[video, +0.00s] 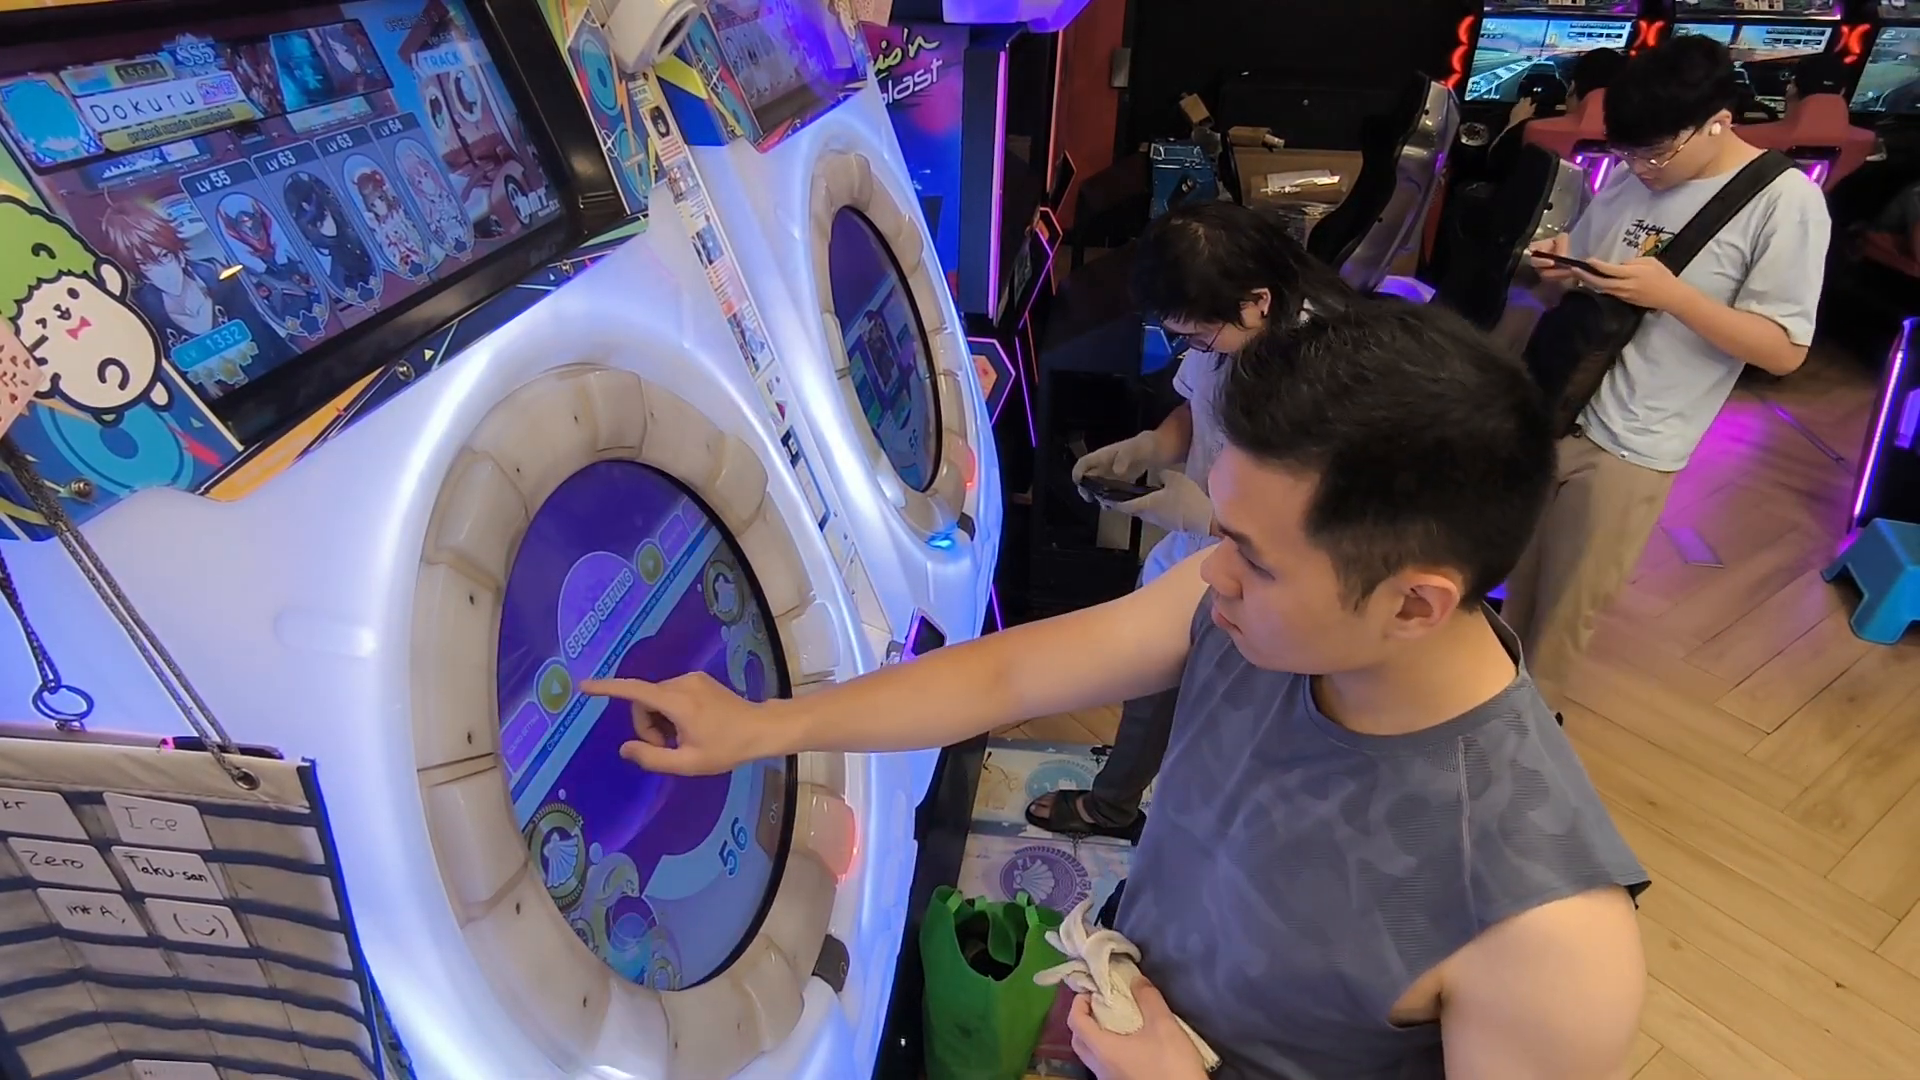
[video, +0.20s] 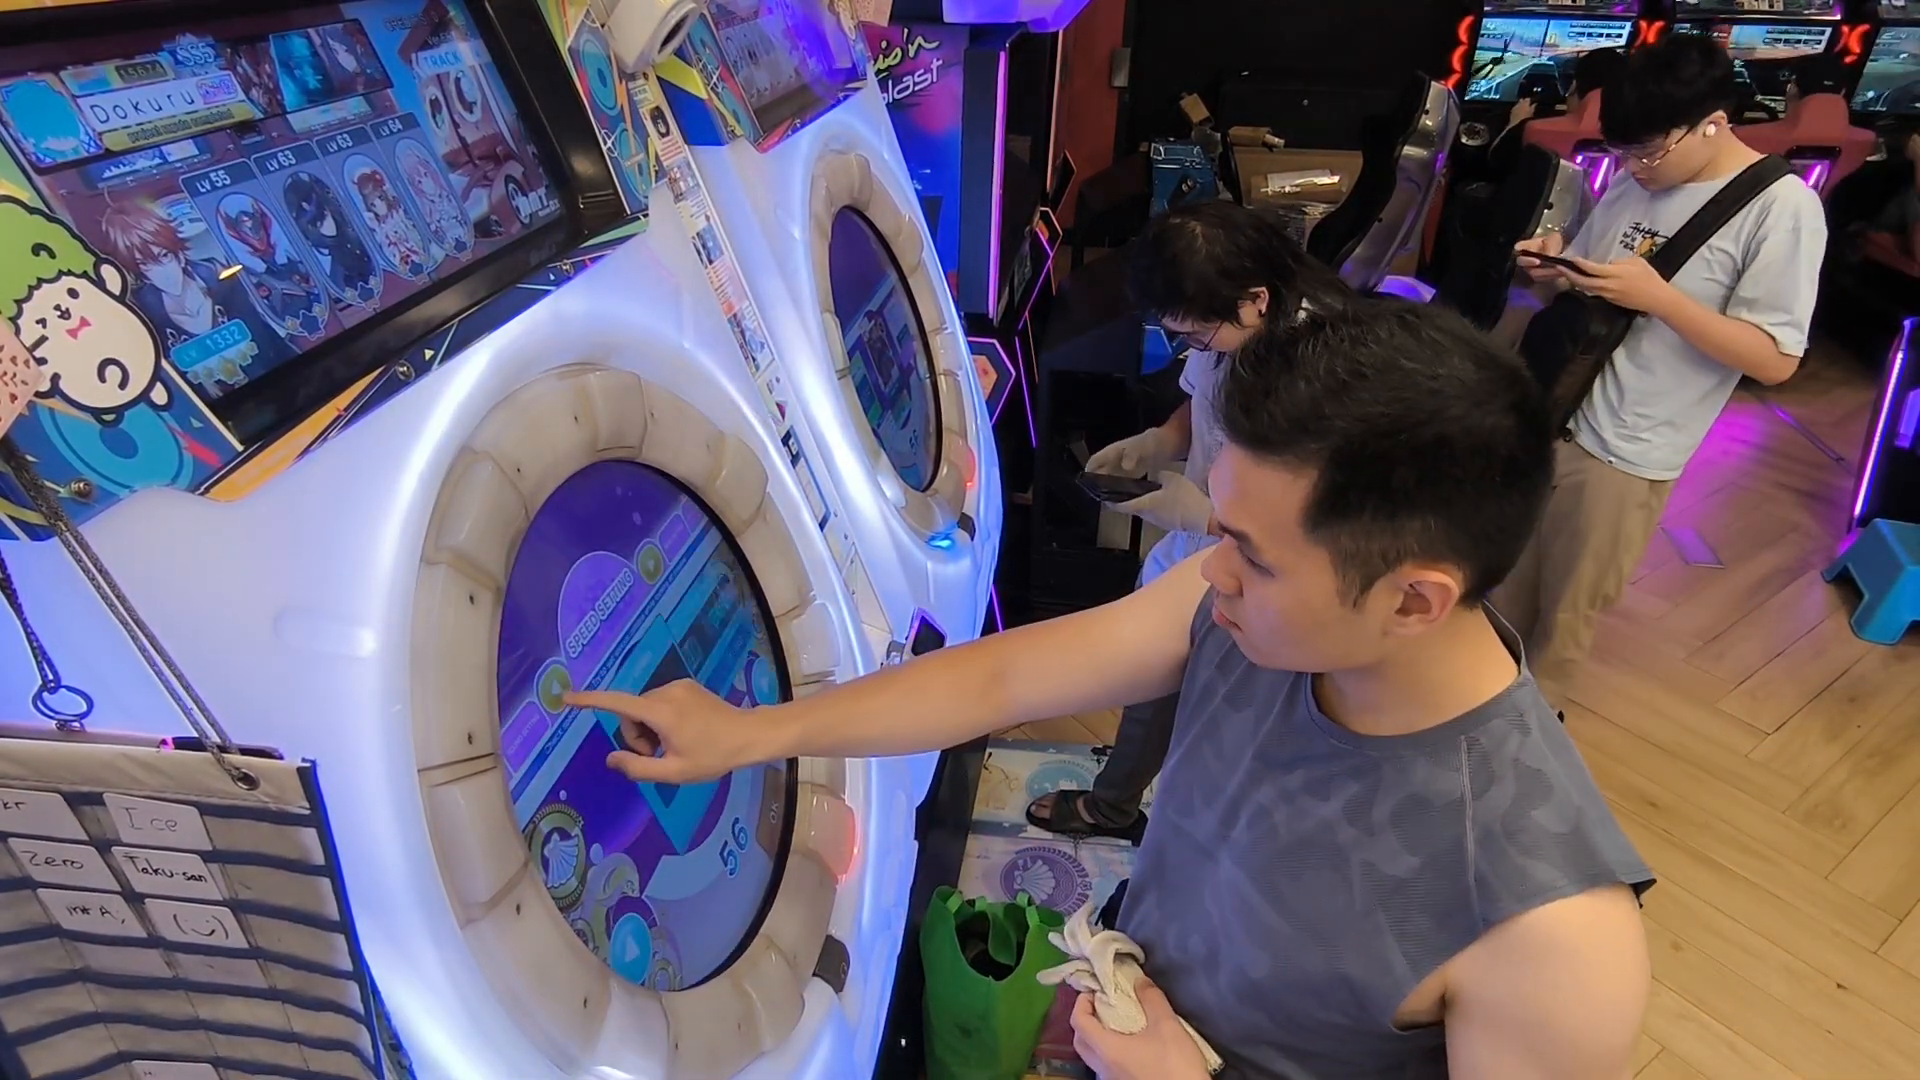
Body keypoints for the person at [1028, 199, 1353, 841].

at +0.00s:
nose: (1189, 349)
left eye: (1198, 333)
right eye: (1179, 335)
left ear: (1257, 303)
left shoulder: (1324, 371)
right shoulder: (1216, 338)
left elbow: (1308, 518)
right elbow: (1185, 418)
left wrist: (1207, 513)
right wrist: (1143, 452)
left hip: (1270, 556)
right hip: (1196, 538)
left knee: (1241, 694)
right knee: (1155, 676)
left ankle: (1212, 824)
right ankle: (1117, 798)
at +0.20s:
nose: (1187, 348)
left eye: (1194, 333)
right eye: (1177, 335)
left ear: (1255, 302)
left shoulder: (1323, 373)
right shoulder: (1221, 338)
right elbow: (1190, 421)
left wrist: (1204, 511)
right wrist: (1146, 448)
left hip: (1269, 557)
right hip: (1196, 538)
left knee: (1241, 695)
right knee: (1156, 678)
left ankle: (1210, 822)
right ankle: (1117, 799)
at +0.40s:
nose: (1182, 345)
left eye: (1188, 331)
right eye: (1172, 332)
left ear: (1245, 302)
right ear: (1240, 303)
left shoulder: (1310, 376)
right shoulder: (1231, 337)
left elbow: (1287, 515)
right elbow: (1202, 423)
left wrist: (1198, 509)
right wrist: (1153, 446)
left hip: (1260, 560)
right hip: (1194, 539)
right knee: (1155, 677)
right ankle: (1116, 796)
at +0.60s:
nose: (1156, 318)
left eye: (1161, 305)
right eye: (1150, 303)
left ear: (1220, 297)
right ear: (1223, 293)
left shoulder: (1286, 364)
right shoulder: (1240, 320)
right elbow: (1204, 419)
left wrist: (1172, 513)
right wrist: (1159, 448)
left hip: (1236, 549)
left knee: (1158, 669)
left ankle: (1120, 798)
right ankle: (1119, 796)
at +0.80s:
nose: (1145, 299)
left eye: (1151, 285)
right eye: (1140, 284)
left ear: (1208, 279)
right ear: (1205, 278)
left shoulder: (1267, 356)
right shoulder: (1219, 312)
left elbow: (1265, 523)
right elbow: (1203, 412)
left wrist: (1161, 516)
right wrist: (1140, 449)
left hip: (1227, 559)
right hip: (1185, 530)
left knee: (1172, 684)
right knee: (1161, 673)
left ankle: (1158, 801)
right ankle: (1152, 786)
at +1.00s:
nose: (1128, 283)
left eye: (1134, 269)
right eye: (1122, 268)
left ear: (1192, 261)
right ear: (1187, 262)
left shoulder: (1255, 342)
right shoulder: (1196, 309)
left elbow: (1259, 518)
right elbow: (1185, 403)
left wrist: (1147, 504)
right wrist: (1123, 435)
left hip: (1218, 561)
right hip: (1167, 536)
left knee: (1189, 693)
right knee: (1155, 676)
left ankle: (1160, 804)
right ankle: (1149, 785)